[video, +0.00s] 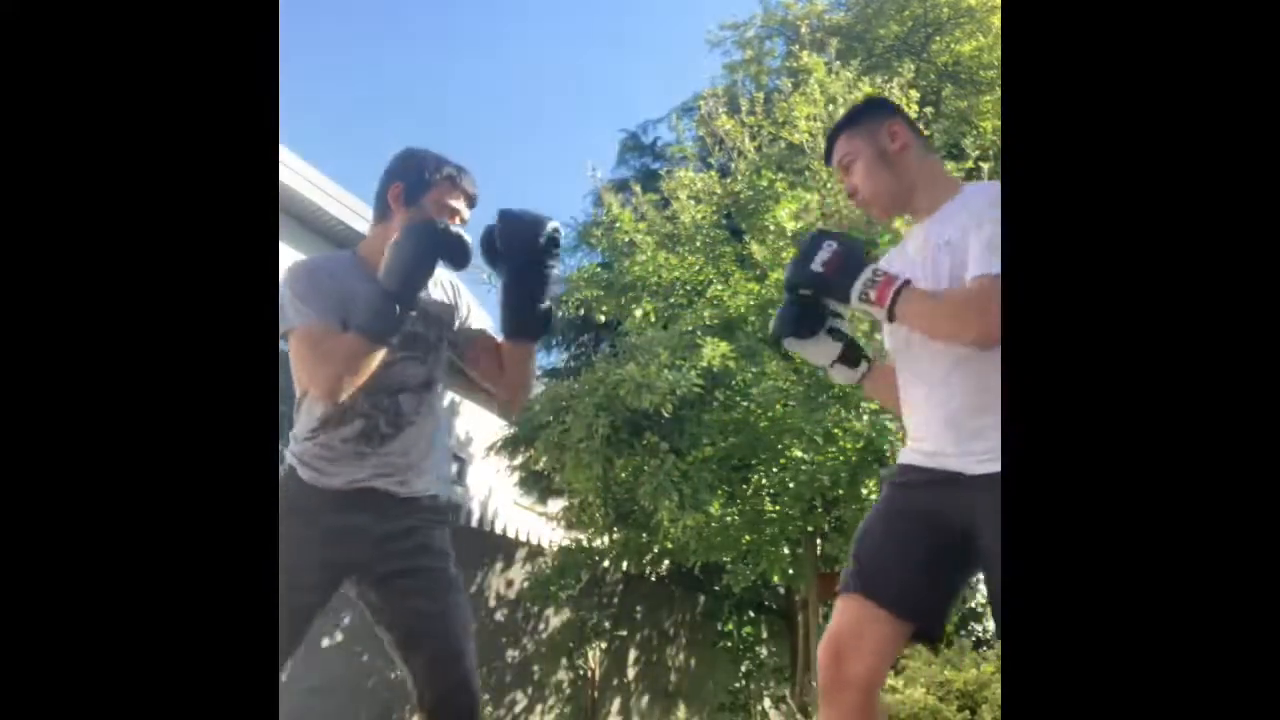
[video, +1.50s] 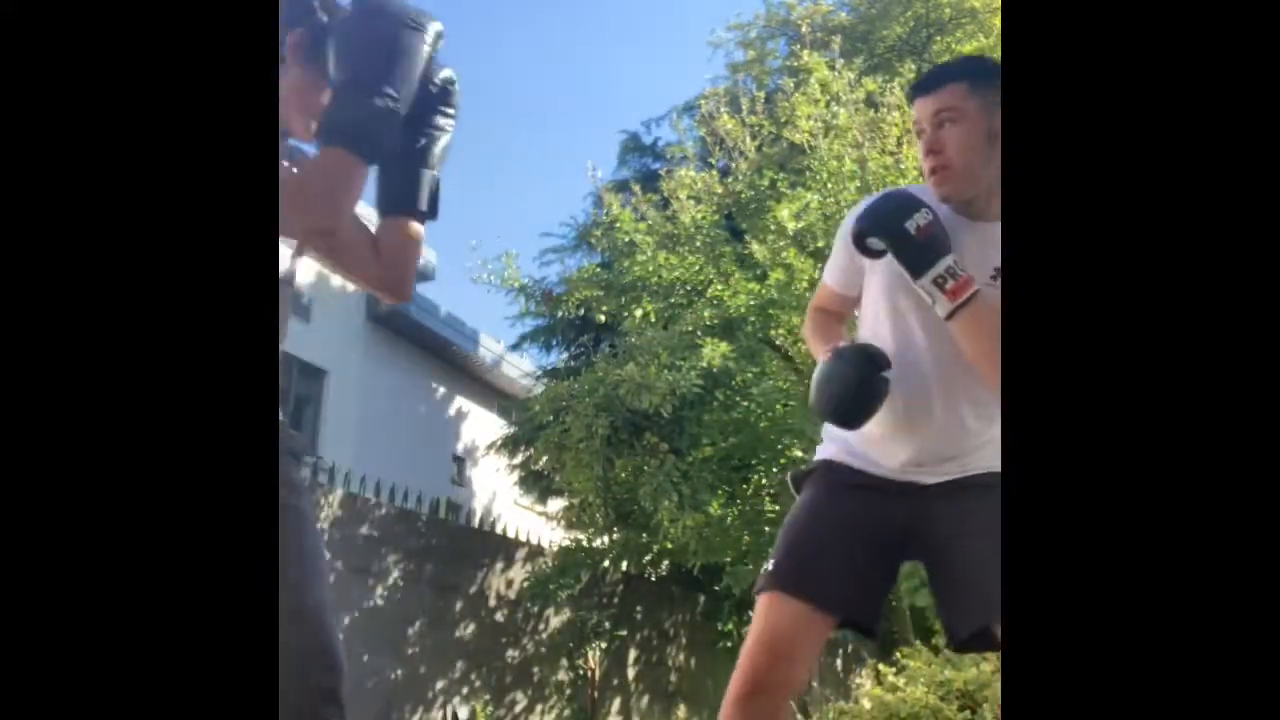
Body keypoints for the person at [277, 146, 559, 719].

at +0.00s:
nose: (459, 225)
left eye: (465, 215)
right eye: (451, 205)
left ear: (460, 230)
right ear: (397, 195)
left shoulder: (445, 303)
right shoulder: (313, 276)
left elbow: (511, 392)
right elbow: (326, 383)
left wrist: (524, 281)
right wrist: (396, 290)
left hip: (412, 519)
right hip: (311, 507)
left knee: (456, 701)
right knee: (277, 663)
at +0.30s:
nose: (379, 226)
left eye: (386, 217)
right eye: (367, 208)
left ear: (387, 226)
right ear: (316, 199)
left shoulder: (372, 296)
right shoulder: (283, 276)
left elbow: (418, 407)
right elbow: (284, 376)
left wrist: (454, 320)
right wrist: (305, 302)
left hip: (338, 507)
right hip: (289, 500)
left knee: (400, 693)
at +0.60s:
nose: (379, 206)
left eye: (386, 194)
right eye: (368, 185)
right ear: (315, 168)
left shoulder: (365, 266)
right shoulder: (283, 256)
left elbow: (468, 312)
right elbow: (285, 371)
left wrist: (561, 291)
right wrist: (318, 270)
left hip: (320, 489)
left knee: (362, 673)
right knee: (277, 677)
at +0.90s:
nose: (407, 175)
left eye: (413, 162)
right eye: (396, 151)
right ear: (339, 130)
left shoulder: (391, 241)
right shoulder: (282, 215)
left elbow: (500, 305)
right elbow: (285, 329)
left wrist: (607, 266)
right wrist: (329, 248)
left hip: (326, 478)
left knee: (364, 675)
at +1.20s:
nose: (319, 126)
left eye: (325, 115)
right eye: (308, 103)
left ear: (325, 121)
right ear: (277, 86)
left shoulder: (297, 225)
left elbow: (331, 334)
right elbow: (330, 333)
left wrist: (403, 266)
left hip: (288, 454)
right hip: (289, 454)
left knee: (342, 684)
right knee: (337, 683)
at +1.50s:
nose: (329, 95)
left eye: (332, 80)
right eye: (320, 71)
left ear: (327, 75)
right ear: (289, 52)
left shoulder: (299, 179)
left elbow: (393, 278)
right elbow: (316, 215)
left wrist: (414, 159)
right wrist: (368, 101)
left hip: (285, 438)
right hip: (282, 436)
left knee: (311, 657)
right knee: (305, 660)